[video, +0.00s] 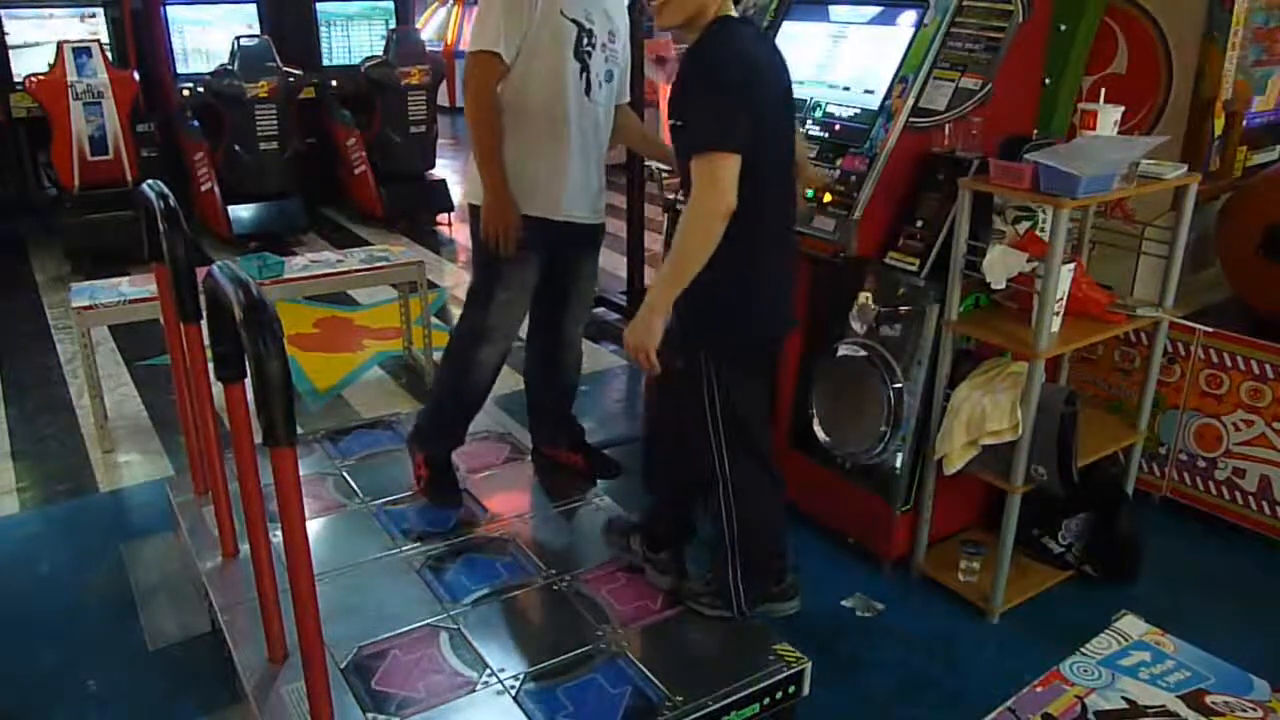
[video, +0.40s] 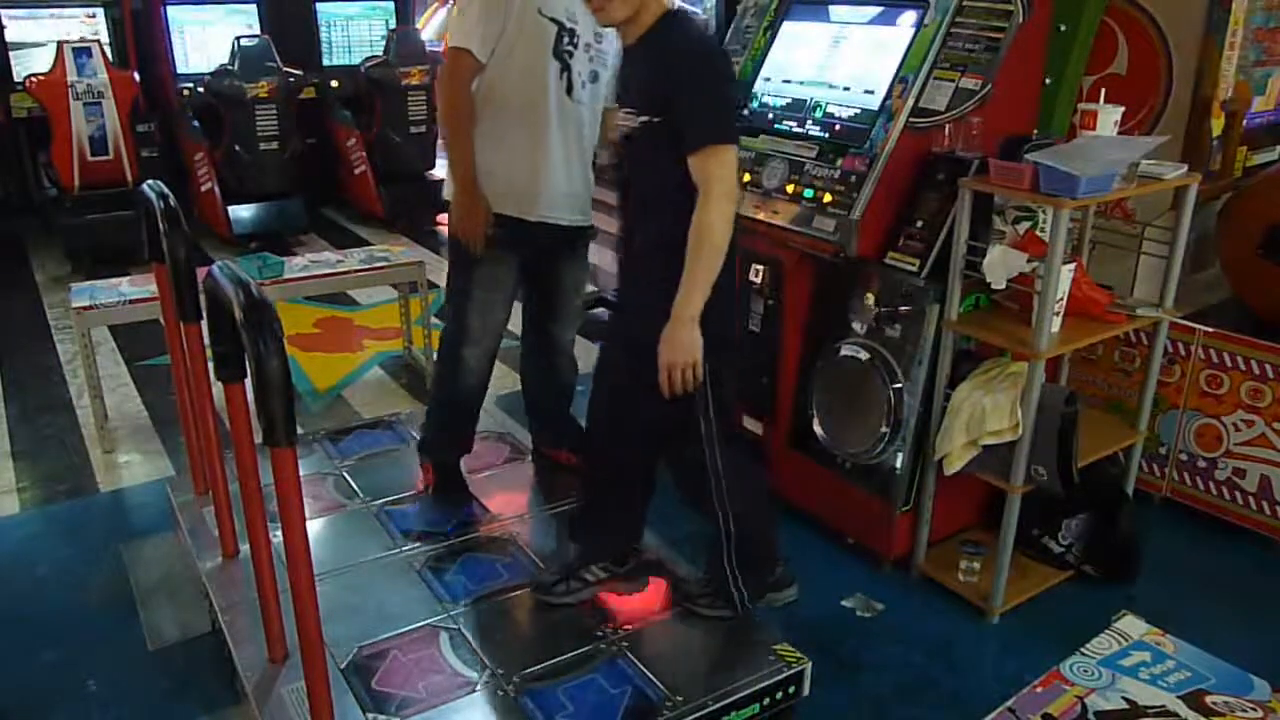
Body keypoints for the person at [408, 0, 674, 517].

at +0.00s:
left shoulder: (617, 11)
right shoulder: (519, 1)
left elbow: (612, 110)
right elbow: (478, 83)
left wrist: (673, 157)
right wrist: (495, 190)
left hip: (582, 203)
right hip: (517, 198)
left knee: (562, 337)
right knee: (489, 334)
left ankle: (557, 440)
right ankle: (432, 447)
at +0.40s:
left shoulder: (609, 17)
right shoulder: (500, 1)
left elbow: (604, 116)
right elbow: (453, 77)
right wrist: (465, 189)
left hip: (569, 207)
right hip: (496, 202)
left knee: (557, 343)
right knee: (472, 344)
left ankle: (556, 450)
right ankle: (442, 463)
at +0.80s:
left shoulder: (543, 11)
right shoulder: (421, 5)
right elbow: (383, 96)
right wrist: (398, 210)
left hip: (527, 218)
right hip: (442, 219)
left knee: (544, 358)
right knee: (427, 361)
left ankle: (559, 470)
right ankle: (407, 467)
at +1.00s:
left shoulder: (497, 8)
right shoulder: (366, 6)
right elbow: (327, 99)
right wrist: (332, 214)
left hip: (483, 207)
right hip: (394, 214)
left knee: (517, 350)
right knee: (406, 355)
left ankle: (548, 466)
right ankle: (408, 469)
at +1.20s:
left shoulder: (474, 7)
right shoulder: (337, 5)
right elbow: (263, 88)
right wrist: (253, 213)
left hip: (459, 202)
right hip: (375, 209)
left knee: (476, 337)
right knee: (395, 347)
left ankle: (471, 447)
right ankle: (408, 467)